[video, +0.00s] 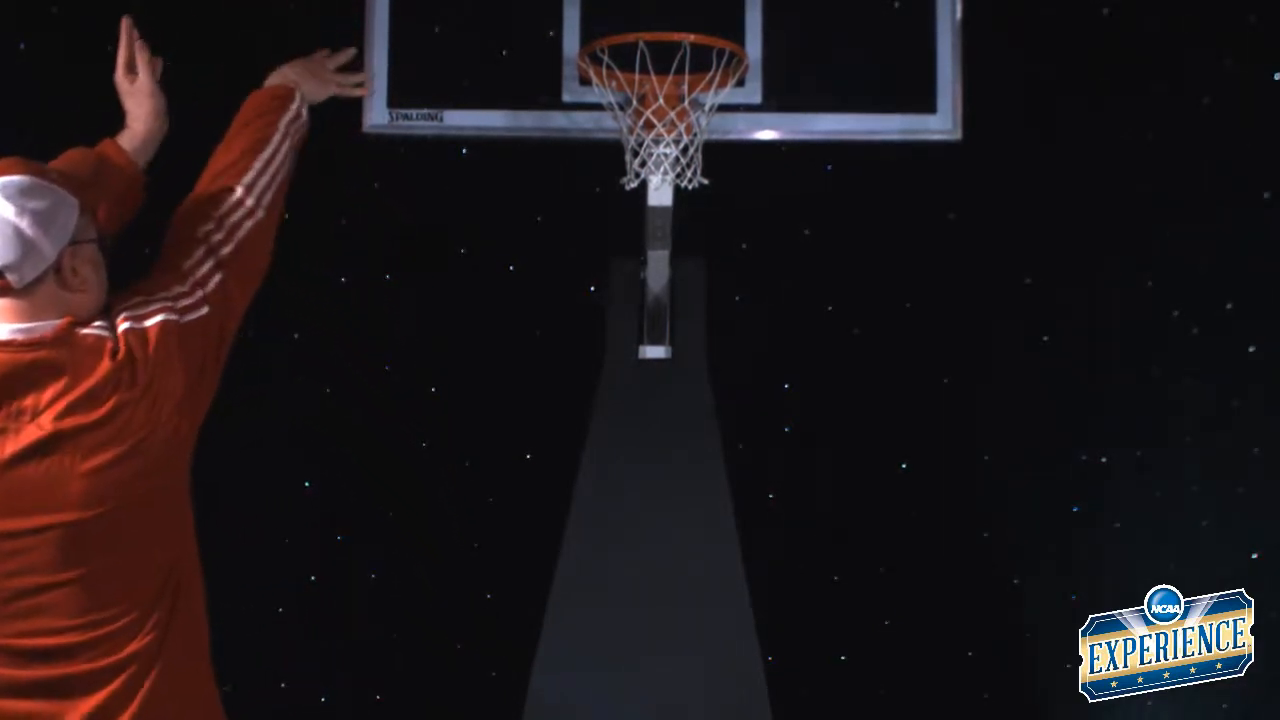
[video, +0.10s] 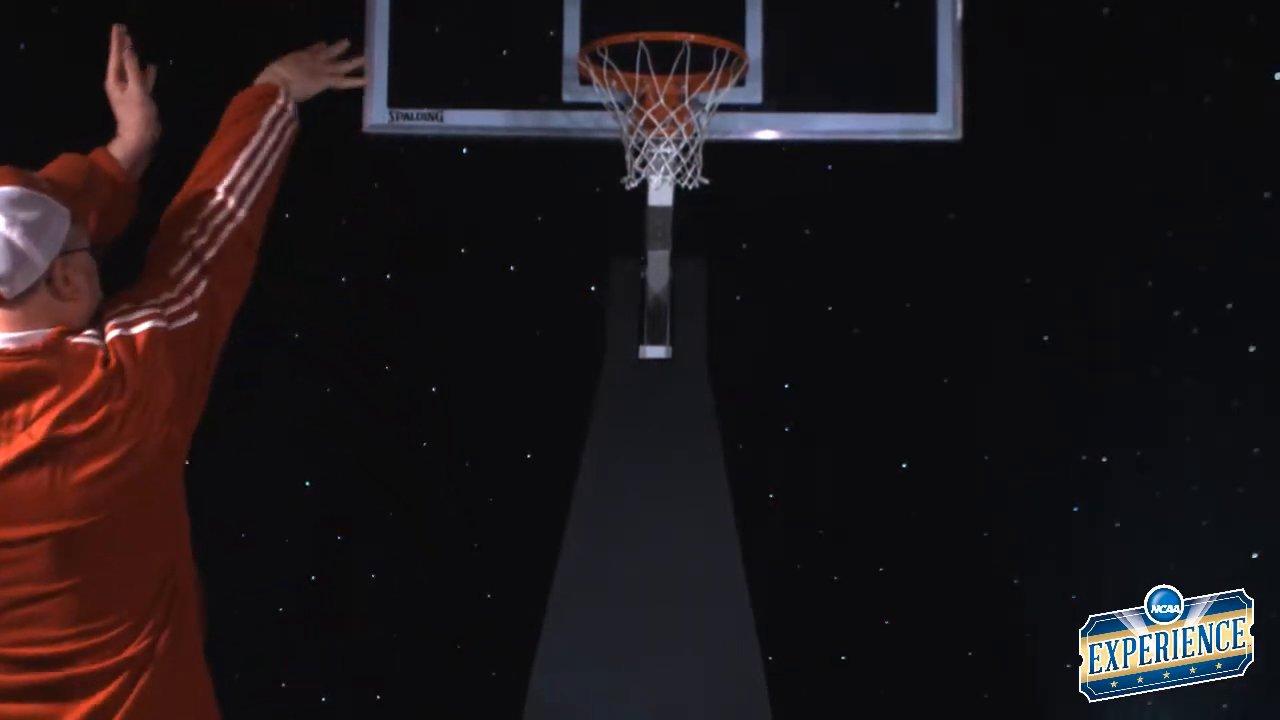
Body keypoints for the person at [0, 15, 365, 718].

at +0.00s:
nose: (95, 243)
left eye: (83, 232)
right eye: (83, 236)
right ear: (69, 270)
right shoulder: (126, 376)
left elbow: (26, 221)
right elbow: (224, 225)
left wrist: (131, 145)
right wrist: (287, 93)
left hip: (15, 699)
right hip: (136, 702)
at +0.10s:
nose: (90, 253)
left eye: (76, 241)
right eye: (76, 245)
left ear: (5, 288)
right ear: (60, 277)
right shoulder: (115, 387)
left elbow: (25, 227)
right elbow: (210, 233)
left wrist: (124, 151)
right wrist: (276, 92)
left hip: (19, 699)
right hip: (132, 703)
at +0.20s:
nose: (88, 266)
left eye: (75, 253)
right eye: (75, 256)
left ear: (14, 292)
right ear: (53, 287)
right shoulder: (105, 395)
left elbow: (19, 240)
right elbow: (201, 232)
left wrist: (116, 157)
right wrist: (263, 91)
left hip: (16, 701)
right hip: (128, 703)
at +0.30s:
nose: (76, 273)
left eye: (62, 261)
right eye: (62, 266)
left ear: (13, 309)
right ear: (36, 304)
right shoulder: (97, 409)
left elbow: (12, 243)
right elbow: (192, 246)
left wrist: (105, 169)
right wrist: (250, 91)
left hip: (17, 698)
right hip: (128, 700)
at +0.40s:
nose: (60, 281)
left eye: (45, 272)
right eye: (46, 279)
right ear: (31, 319)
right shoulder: (96, 419)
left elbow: (10, 259)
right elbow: (188, 258)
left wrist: (93, 179)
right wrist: (234, 94)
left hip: (17, 700)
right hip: (127, 701)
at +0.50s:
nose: (56, 295)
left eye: (43, 285)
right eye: (44, 288)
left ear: (9, 332)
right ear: (20, 330)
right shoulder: (89, 430)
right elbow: (185, 274)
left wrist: (79, 191)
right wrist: (219, 102)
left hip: (17, 702)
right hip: (125, 702)